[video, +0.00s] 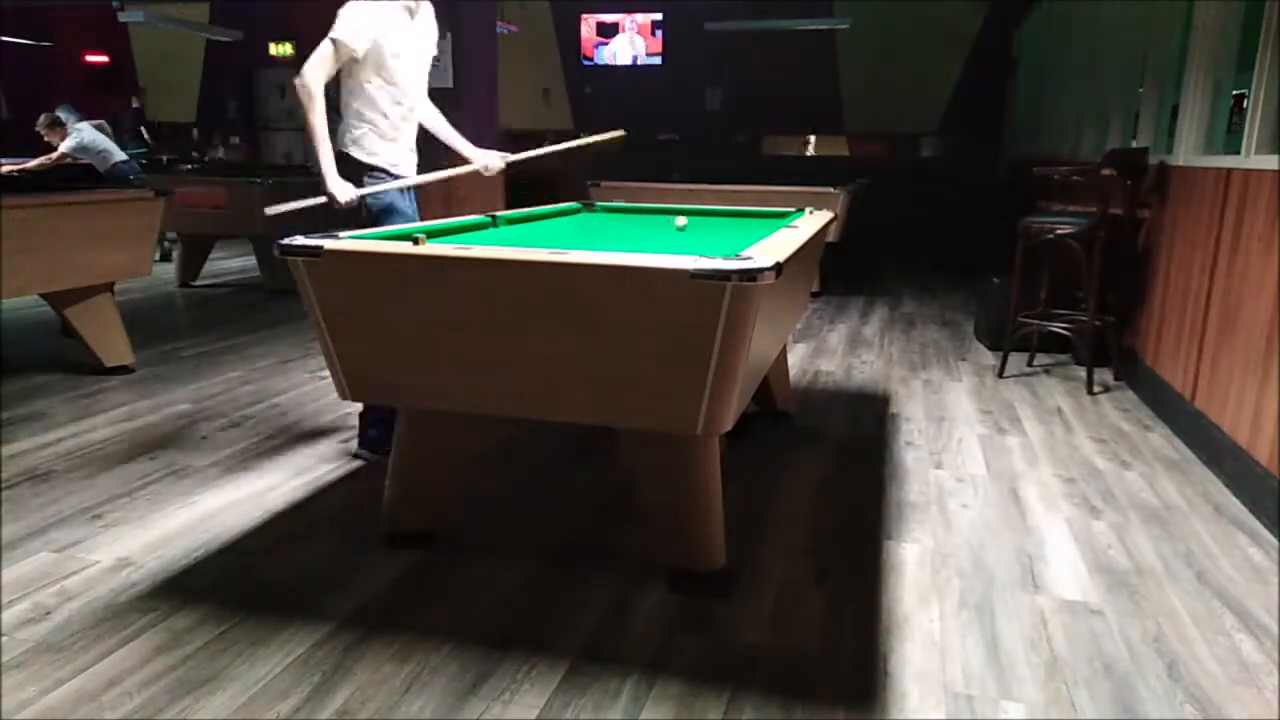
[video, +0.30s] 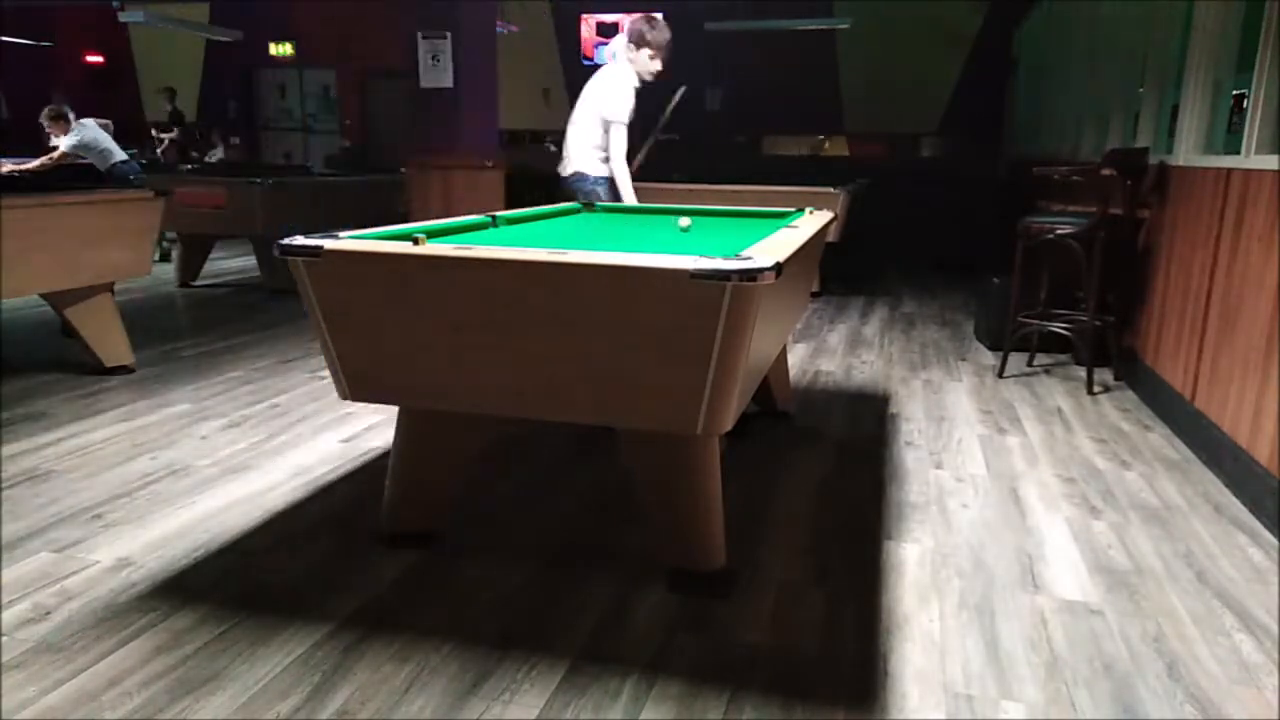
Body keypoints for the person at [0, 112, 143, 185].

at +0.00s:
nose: (46, 140)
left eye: (47, 135)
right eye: (44, 136)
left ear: (57, 130)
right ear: (62, 127)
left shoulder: (73, 141)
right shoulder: (81, 125)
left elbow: (50, 160)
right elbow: (103, 123)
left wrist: (17, 168)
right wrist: (112, 146)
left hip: (119, 173)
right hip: (130, 167)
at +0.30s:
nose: (48, 132)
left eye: (50, 127)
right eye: (47, 128)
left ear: (62, 123)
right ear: (66, 120)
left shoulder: (73, 139)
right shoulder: (86, 121)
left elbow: (50, 160)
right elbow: (108, 124)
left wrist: (18, 168)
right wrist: (107, 147)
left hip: (119, 172)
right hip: (130, 165)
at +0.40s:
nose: (73, 107)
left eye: (76, 103)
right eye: (72, 104)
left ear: (89, 104)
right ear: (90, 105)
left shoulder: (93, 124)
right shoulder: (108, 117)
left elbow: (83, 153)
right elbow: (125, 132)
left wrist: (59, 173)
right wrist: (116, 153)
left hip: (109, 171)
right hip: (121, 169)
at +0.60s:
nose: (58, 102)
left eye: (62, 98)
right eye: (58, 98)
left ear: (76, 99)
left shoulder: (92, 124)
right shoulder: (65, 118)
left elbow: (96, 155)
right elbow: (72, 144)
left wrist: (81, 180)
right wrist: (59, 156)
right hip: (73, 174)